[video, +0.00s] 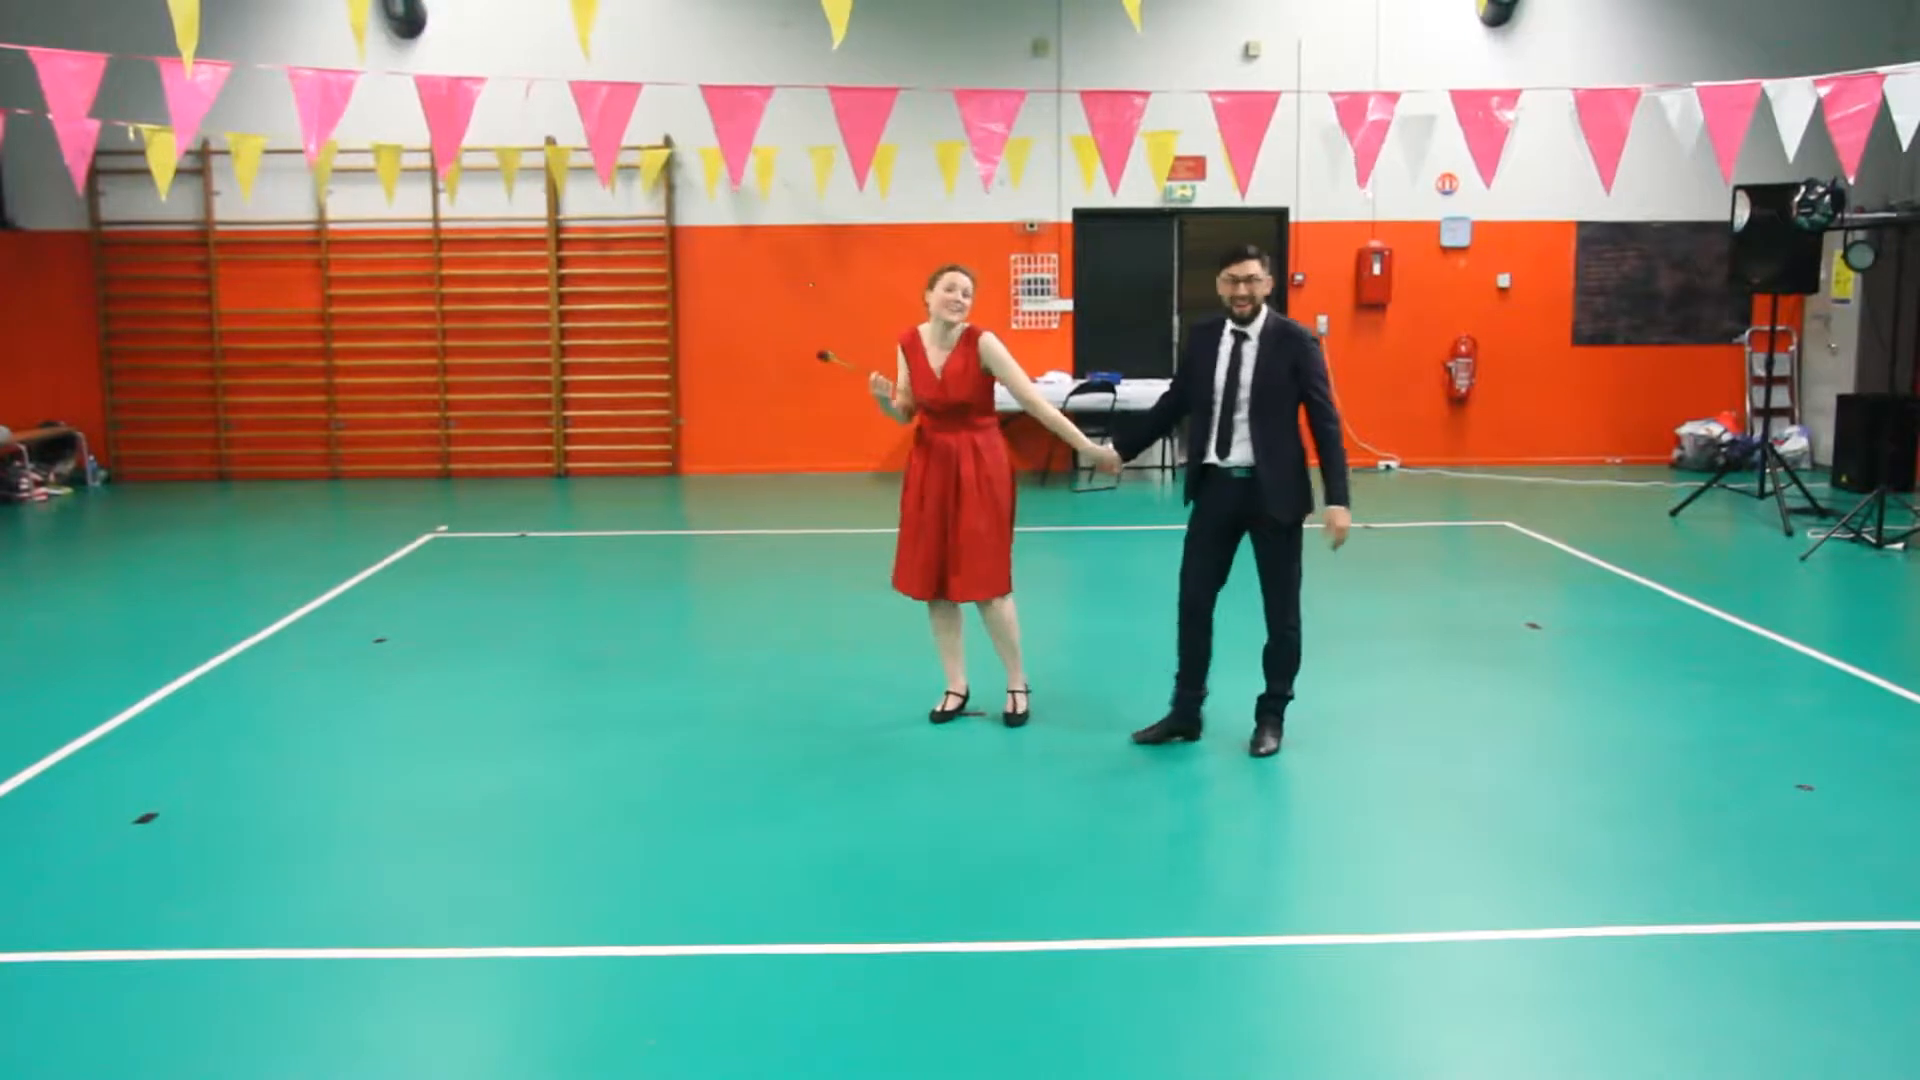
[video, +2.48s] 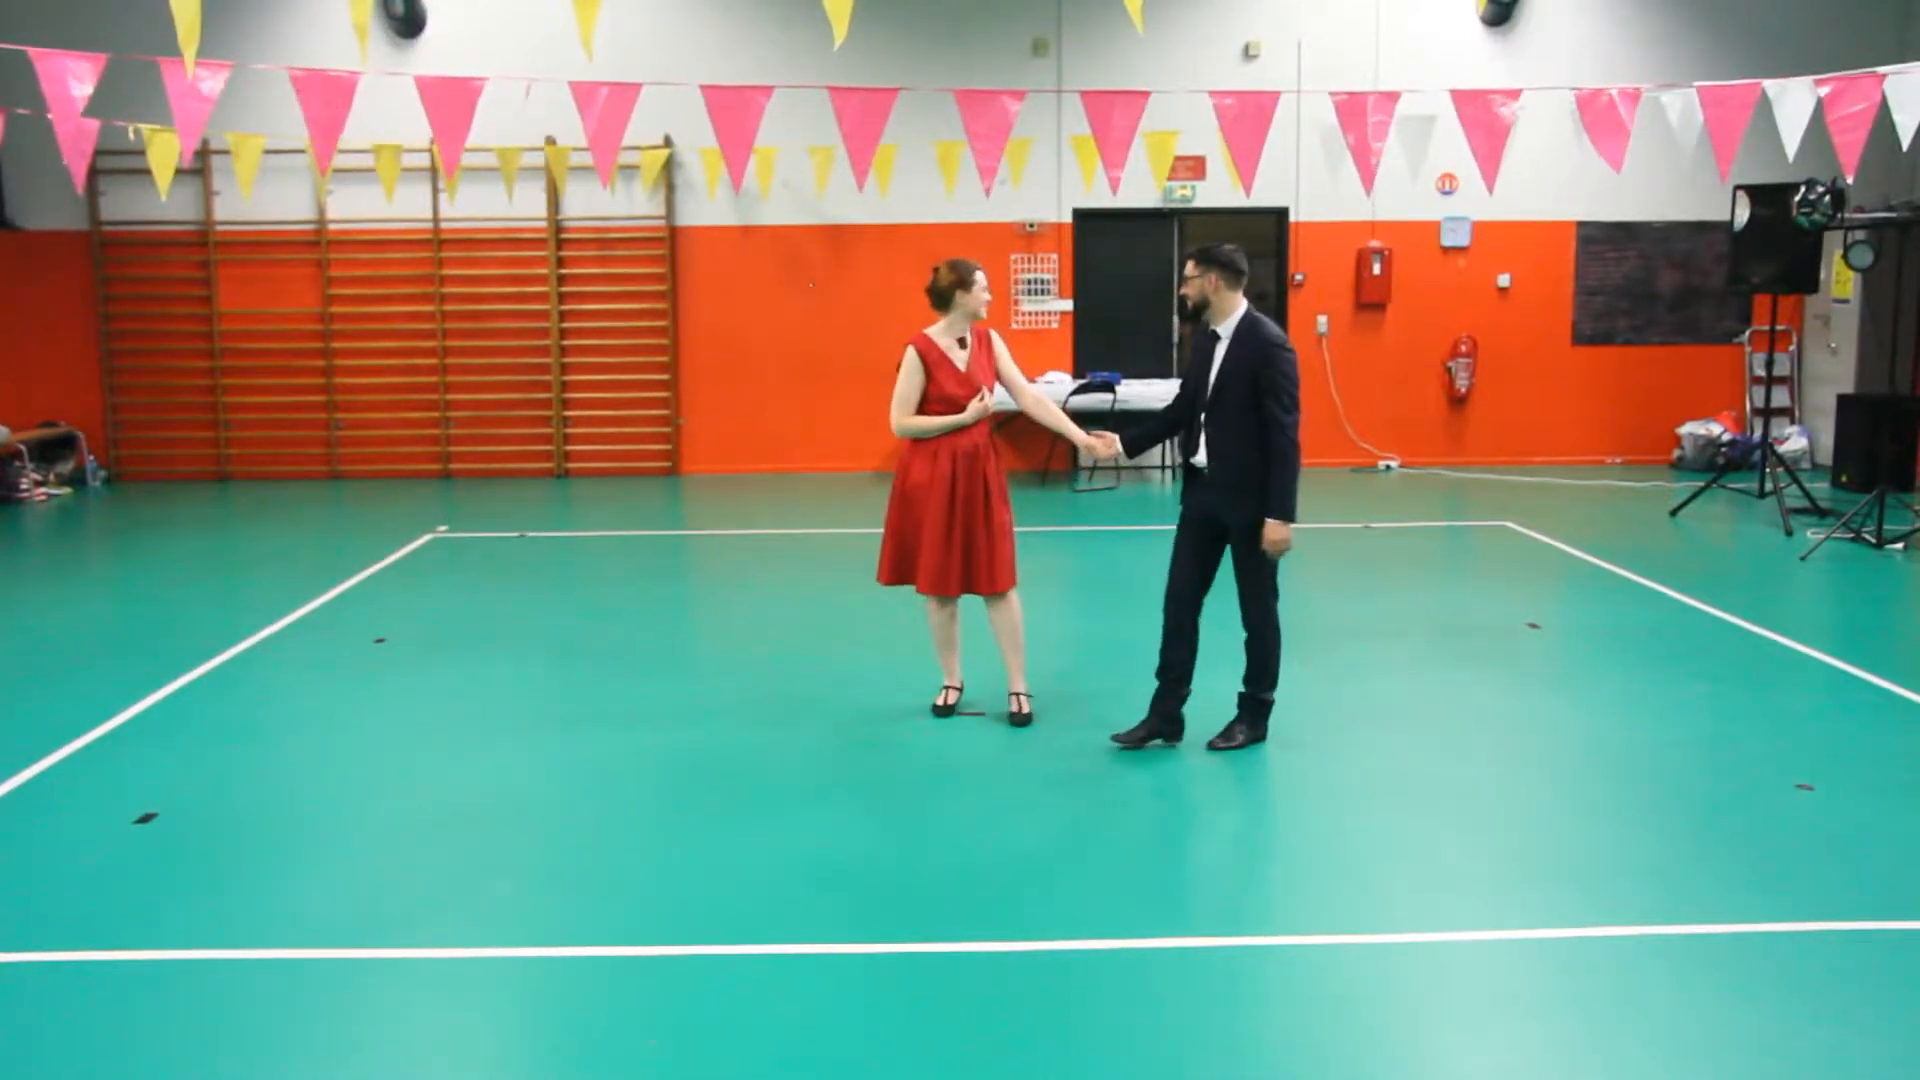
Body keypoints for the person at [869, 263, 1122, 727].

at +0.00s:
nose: (957, 298)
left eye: (965, 293)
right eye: (949, 289)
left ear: (971, 305)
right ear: (927, 296)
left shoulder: (982, 344)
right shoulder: (910, 344)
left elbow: (1035, 403)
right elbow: (905, 414)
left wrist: (1088, 448)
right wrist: (886, 399)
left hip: (980, 463)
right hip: (931, 464)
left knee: (987, 583)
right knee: (937, 582)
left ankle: (1017, 686)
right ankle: (955, 688)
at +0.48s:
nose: (965, 304)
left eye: (975, 300)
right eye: (958, 295)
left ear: (985, 310)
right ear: (940, 300)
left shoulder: (999, 348)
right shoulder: (934, 345)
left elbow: (1044, 411)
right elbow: (940, 412)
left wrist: (1087, 469)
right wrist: (909, 404)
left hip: (1010, 462)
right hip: (963, 462)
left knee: (1011, 583)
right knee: (957, 582)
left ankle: (1019, 691)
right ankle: (956, 688)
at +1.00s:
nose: (995, 296)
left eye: (1003, 290)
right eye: (987, 288)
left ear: (1016, 298)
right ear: (971, 295)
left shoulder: (1035, 342)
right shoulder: (960, 352)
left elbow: (1058, 413)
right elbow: (955, 427)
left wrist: (1075, 481)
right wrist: (976, 414)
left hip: (1031, 471)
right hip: (981, 473)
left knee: (1027, 587)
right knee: (967, 586)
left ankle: (1021, 691)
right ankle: (962, 687)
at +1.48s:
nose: (1008, 296)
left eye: (1015, 289)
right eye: (999, 288)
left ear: (1025, 298)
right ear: (981, 296)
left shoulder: (1042, 344)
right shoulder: (960, 352)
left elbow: (1059, 417)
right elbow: (946, 427)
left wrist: (1078, 477)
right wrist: (995, 417)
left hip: (1034, 477)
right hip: (980, 479)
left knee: (1028, 592)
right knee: (974, 592)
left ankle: (1021, 690)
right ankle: (961, 676)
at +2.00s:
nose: (995, 293)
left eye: (998, 286)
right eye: (986, 286)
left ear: (1001, 292)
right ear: (959, 291)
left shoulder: (1011, 339)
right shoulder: (932, 347)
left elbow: (1046, 406)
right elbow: (917, 422)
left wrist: (1089, 461)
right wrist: (975, 411)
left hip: (1001, 472)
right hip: (950, 473)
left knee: (1008, 586)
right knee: (951, 585)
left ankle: (1019, 690)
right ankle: (951, 681)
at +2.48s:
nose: (989, 297)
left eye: (987, 289)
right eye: (982, 290)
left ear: (966, 295)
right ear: (958, 295)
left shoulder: (988, 341)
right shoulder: (920, 349)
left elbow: (1030, 399)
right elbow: (901, 424)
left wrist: (1081, 438)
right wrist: (966, 417)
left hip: (981, 476)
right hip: (932, 479)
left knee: (999, 585)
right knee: (940, 588)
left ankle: (1018, 687)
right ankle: (951, 682)